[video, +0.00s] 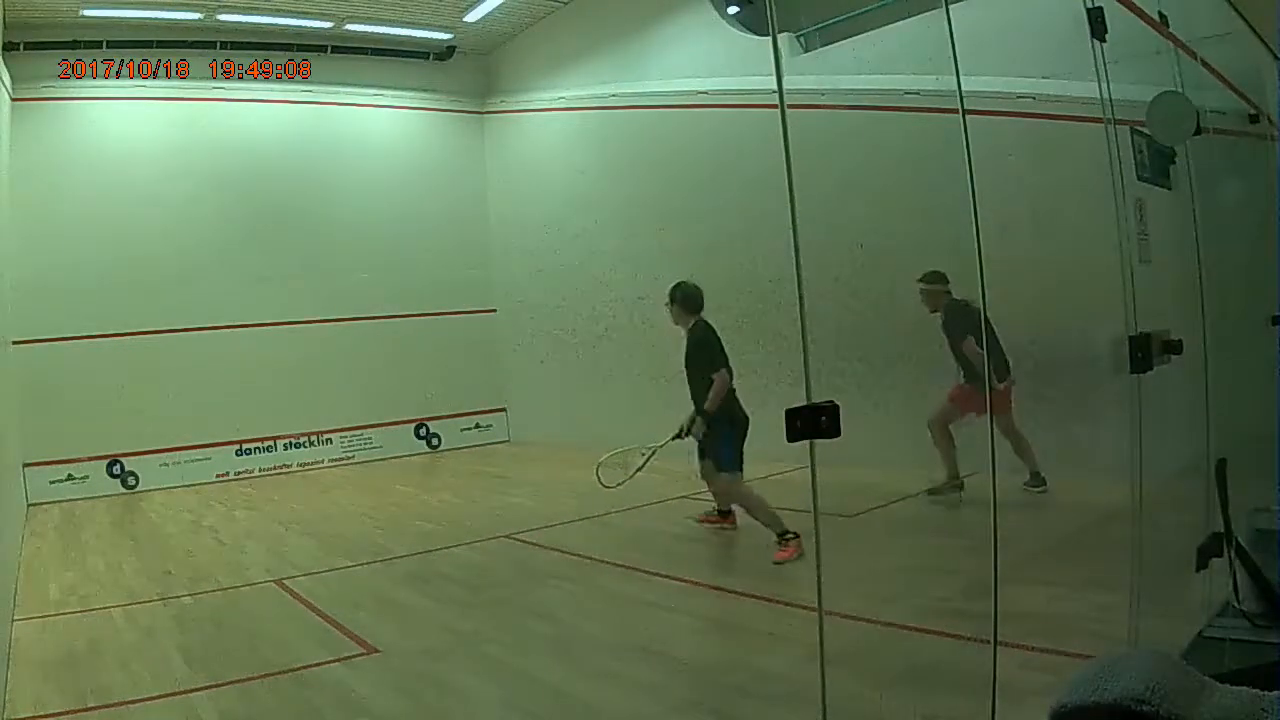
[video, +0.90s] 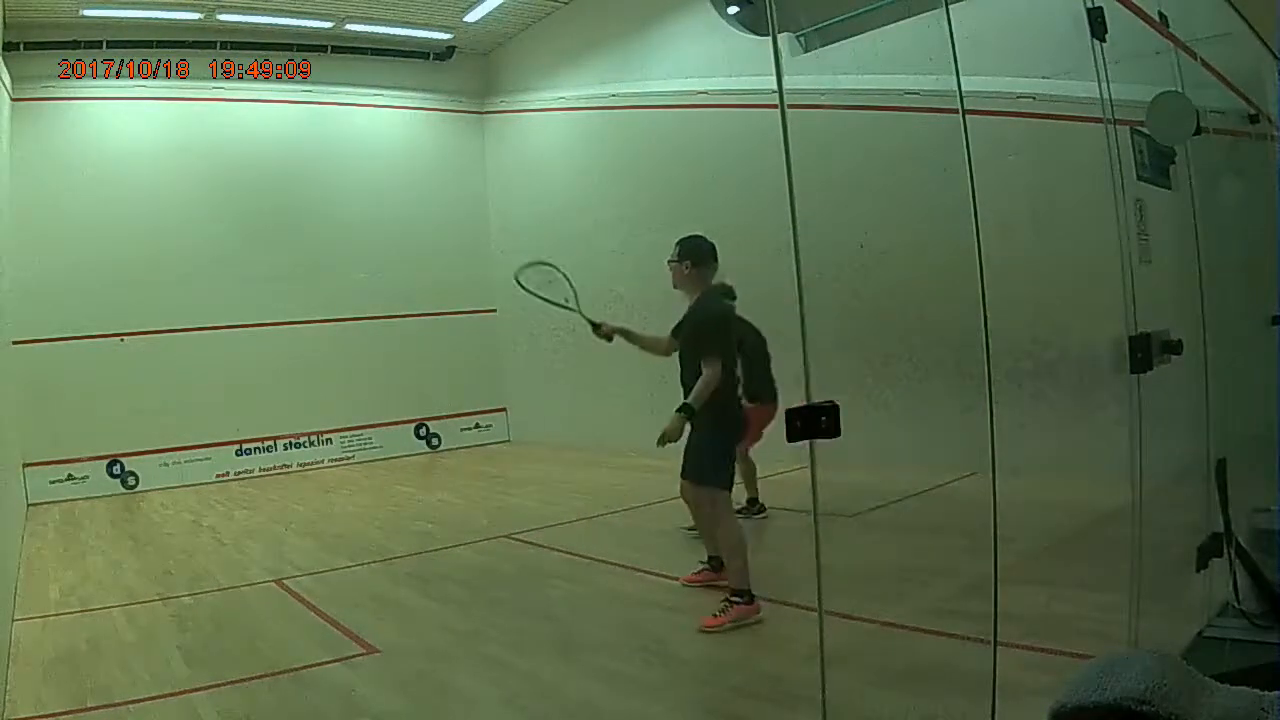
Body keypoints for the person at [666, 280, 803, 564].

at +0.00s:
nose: (669, 311)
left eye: (670, 305)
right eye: (669, 305)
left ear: (680, 307)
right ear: (692, 306)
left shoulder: (703, 335)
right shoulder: (695, 335)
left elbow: (722, 379)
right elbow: (707, 383)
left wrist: (702, 417)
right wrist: (693, 418)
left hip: (727, 417)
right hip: (714, 417)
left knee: (731, 485)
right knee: (708, 471)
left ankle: (787, 537)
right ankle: (724, 513)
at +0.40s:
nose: (650, 320)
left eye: (652, 313)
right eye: (649, 314)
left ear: (671, 309)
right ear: (670, 311)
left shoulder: (715, 335)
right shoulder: (670, 346)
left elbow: (747, 387)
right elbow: (669, 391)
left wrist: (747, 430)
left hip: (749, 416)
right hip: (720, 421)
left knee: (749, 492)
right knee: (706, 483)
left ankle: (784, 526)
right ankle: (720, 562)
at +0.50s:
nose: (655, 301)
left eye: (657, 294)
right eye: (653, 295)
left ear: (676, 292)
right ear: (675, 292)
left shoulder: (712, 329)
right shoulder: (679, 318)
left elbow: (753, 373)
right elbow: (658, 347)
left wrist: (782, 417)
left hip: (733, 415)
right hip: (708, 414)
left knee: (720, 491)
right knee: (698, 487)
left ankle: (775, 524)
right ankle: (720, 562)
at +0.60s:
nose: (655, 287)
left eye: (659, 281)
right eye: (655, 281)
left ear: (678, 281)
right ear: (679, 281)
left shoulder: (709, 319)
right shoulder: (685, 304)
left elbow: (749, 358)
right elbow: (671, 306)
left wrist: (777, 396)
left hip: (723, 412)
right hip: (702, 411)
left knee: (709, 487)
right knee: (695, 485)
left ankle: (765, 543)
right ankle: (719, 563)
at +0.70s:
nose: (658, 278)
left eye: (662, 271)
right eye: (658, 272)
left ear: (681, 273)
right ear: (682, 274)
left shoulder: (704, 311)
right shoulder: (690, 300)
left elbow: (736, 360)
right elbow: (679, 301)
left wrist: (760, 401)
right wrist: (652, 291)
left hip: (717, 411)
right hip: (701, 409)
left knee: (709, 489)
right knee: (695, 486)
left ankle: (759, 567)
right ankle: (718, 565)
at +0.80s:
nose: (663, 271)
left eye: (667, 265)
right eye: (664, 265)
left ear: (683, 268)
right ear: (690, 268)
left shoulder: (707, 307)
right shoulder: (690, 302)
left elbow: (719, 366)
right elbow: (661, 313)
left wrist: (712, 411)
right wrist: (628, 298)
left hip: (716, 413)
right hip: (698, 411)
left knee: (717, 494)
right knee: (696, 486)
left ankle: (736, 586)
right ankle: (718, 565)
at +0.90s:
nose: (669, 270)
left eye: (673, 264)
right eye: (671, 264)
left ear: (688, 268)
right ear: (698, 268)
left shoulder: (711, 311)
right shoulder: (699, 309)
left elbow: (712, 374)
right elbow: (665, 347)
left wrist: (682, 415)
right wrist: (619, 332)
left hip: (720, 418)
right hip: (708, 416)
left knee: (716, 501)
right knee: (692, 489)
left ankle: (743, 598)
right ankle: (718, 564)